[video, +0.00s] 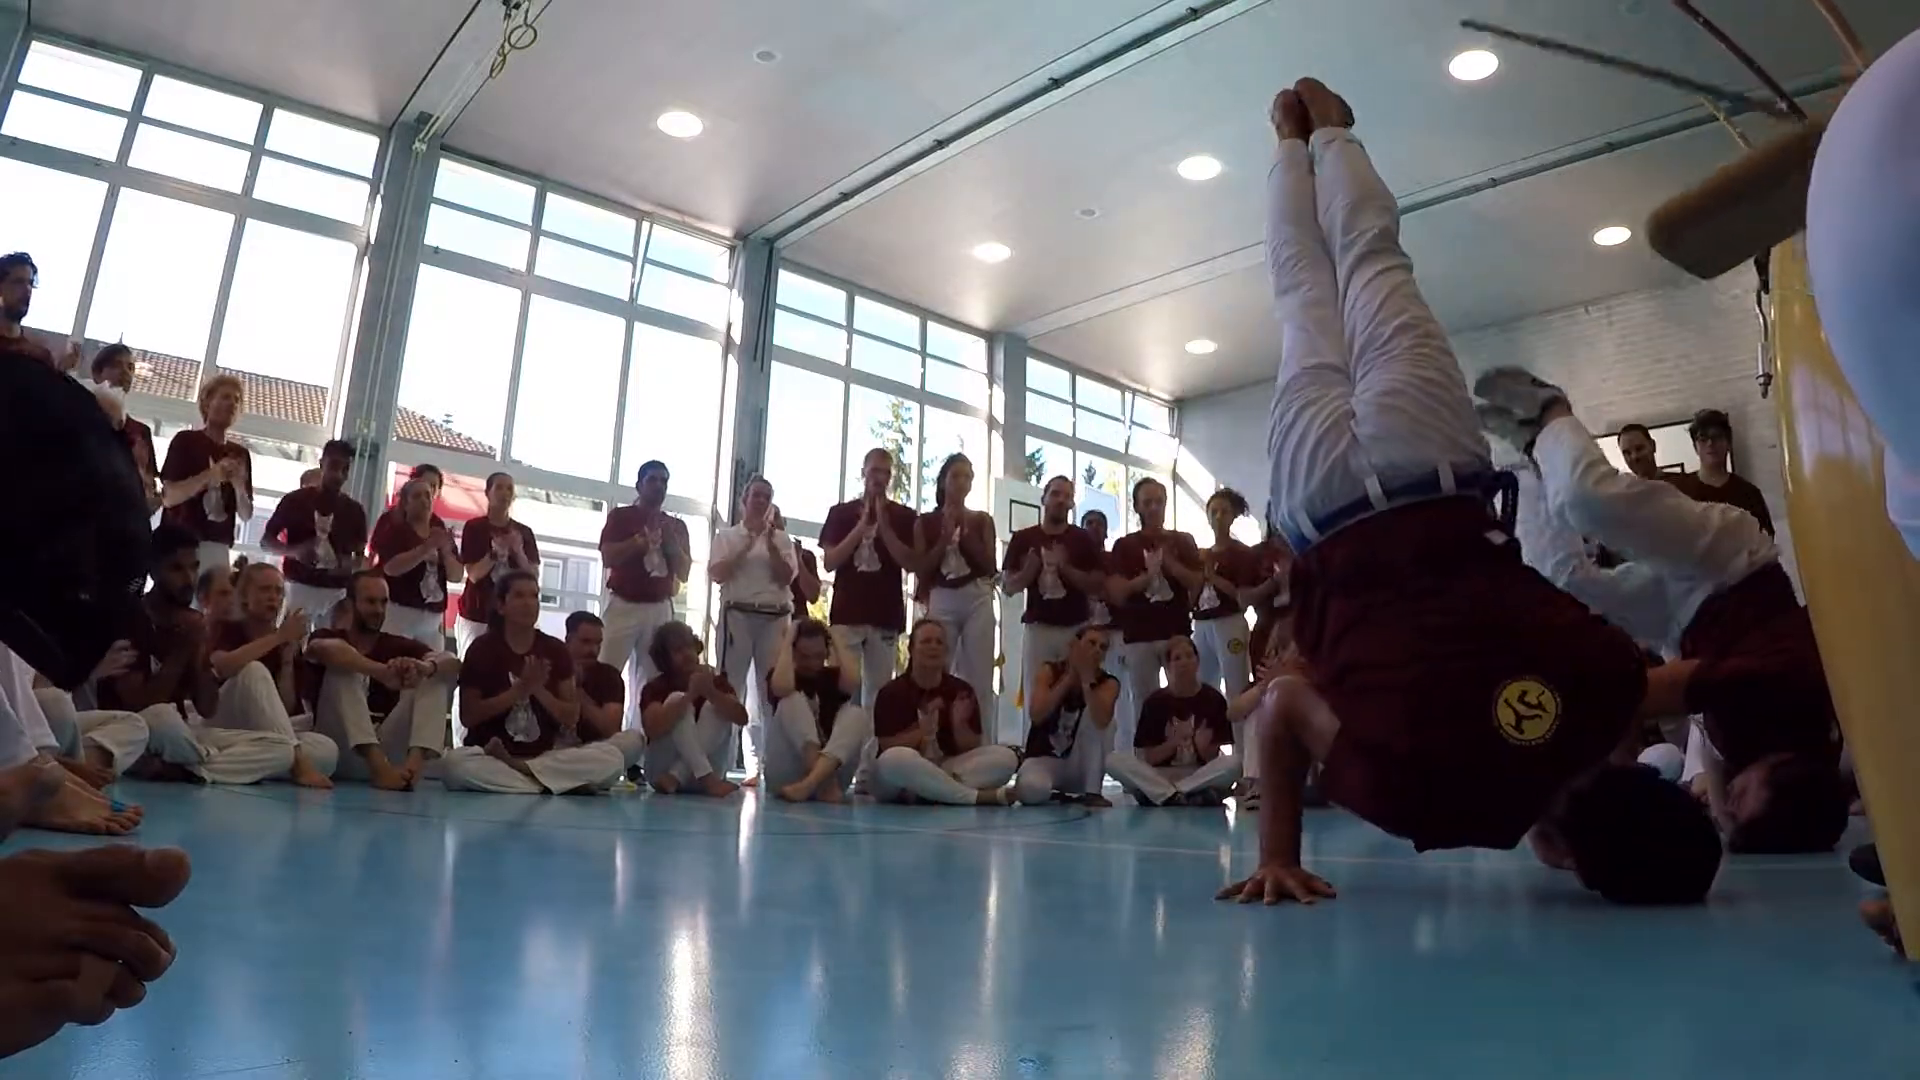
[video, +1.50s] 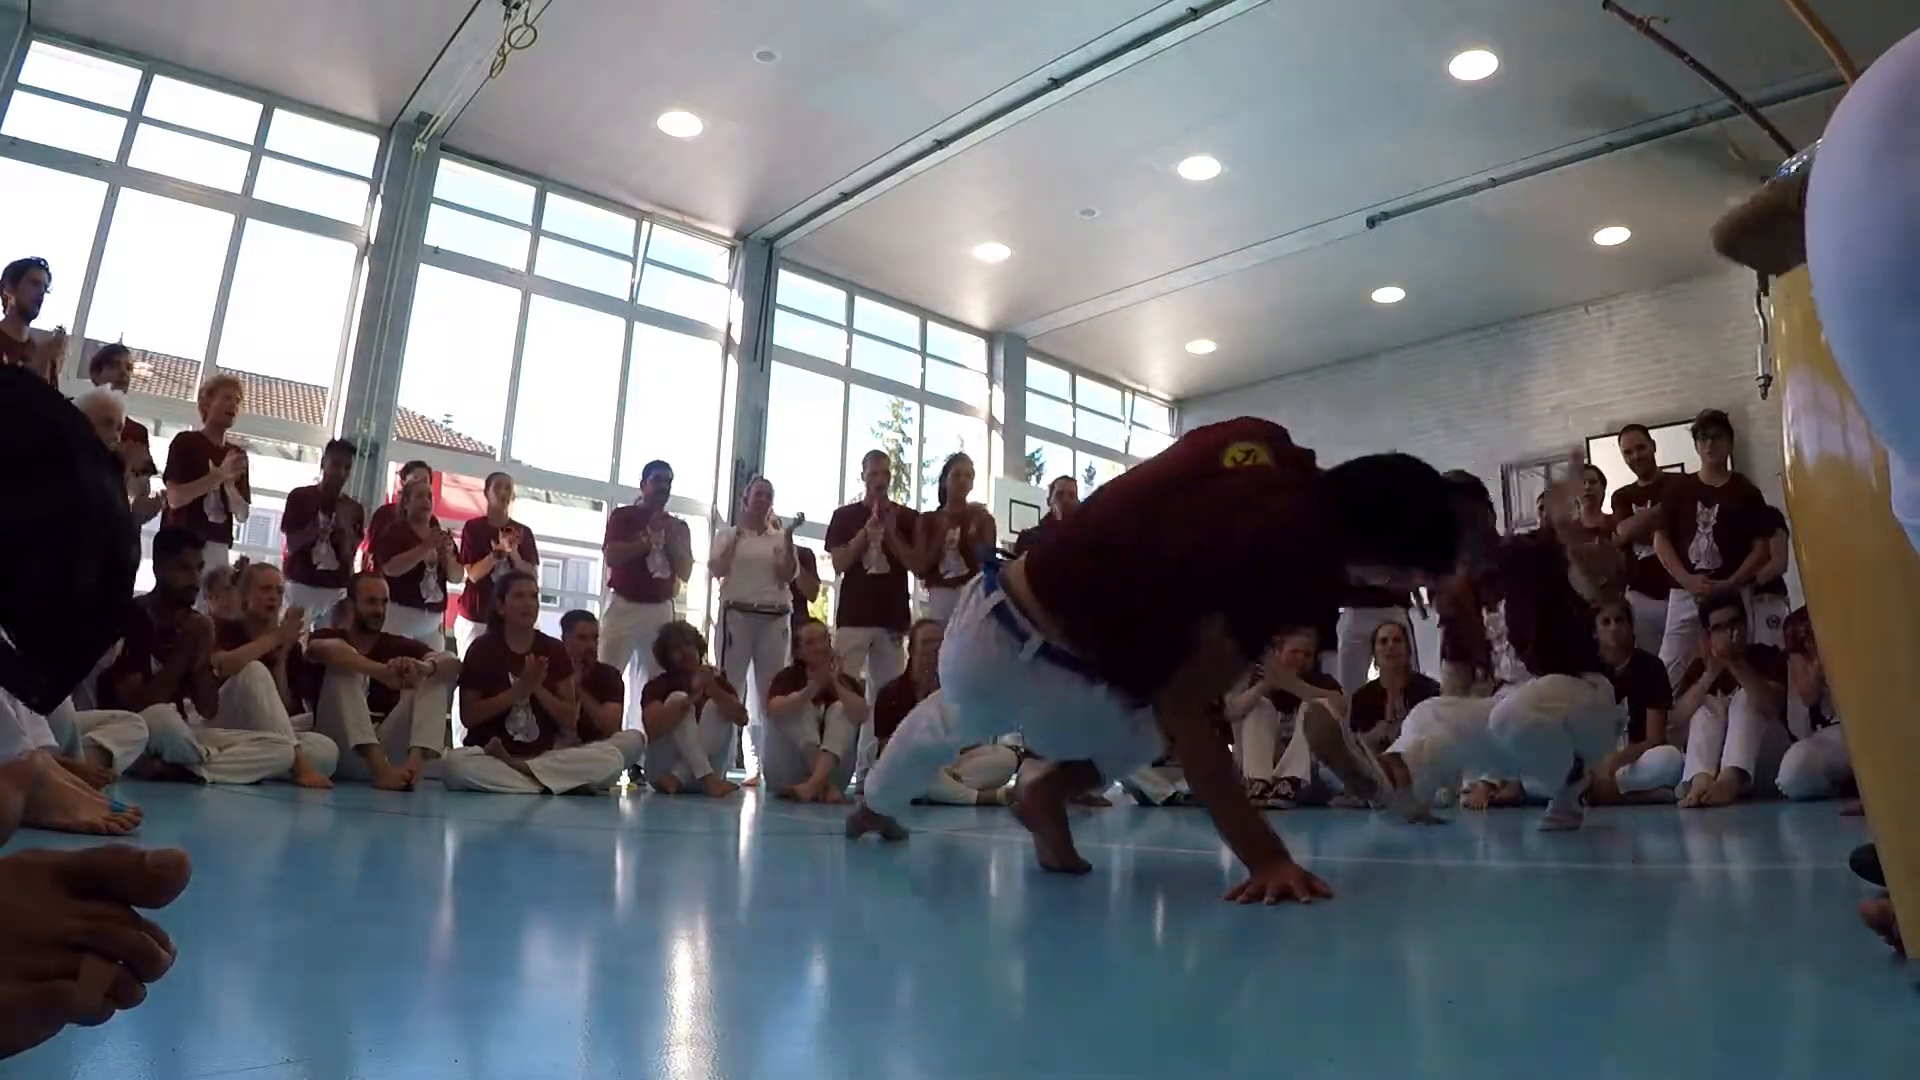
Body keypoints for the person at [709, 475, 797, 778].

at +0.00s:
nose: (759, 501)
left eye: (764, 497)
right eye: (755, 495)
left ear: (771, 503)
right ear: (744, 499)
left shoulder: (781, 538)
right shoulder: (728, 535)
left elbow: (786, 577)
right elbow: (716, 575)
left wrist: (771, 541)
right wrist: (746, 544)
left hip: (774, 617)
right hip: (736, 615)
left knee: (772, 692)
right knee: (730, 690)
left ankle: (768, 763)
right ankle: (723, 763)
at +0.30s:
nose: (759, 501)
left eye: (765, 497)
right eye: (755, 496)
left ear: (772, 503)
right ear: (744, 500)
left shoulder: (781, 537)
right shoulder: (727, 535)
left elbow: (786, 577)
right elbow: (720, 573)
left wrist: (767, 543)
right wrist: (752, 546)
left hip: (774, 617)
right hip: (736, 616)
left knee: (772, 692)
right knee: (730, 690)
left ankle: (770, 762)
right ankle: (725, 763)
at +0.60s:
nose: (761, 501)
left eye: (766, 496)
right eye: (756, 495)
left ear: (773, 503)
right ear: (745, 500)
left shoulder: (784, 539)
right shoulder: (728, 535)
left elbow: (786, 579)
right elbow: (717, 573)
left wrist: (771, 546)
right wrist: (750, 546)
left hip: (774, 617)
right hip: (736, 615)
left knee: (772, 693)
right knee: (729, 690)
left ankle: (767, 764)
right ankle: (723, 764)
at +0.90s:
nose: (760, 504)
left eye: (765, 499)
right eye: (755, 498)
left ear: (774, 502)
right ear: (744, 500)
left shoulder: (784, 536)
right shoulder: (728, 531)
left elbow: (785, 578)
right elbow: (721, 573)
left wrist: (771, 549)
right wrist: (753, 548)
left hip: (775, 615)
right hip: (736, 614)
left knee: (774, 693)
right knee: (729, 690)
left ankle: (770, 764)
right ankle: (722, 765)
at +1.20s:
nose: (762, 499)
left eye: (767, 496)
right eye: (757, 494)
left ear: (772, 503)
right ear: (746, 499)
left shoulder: (784, 539)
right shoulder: (729, 534)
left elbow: (785, 579)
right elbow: (721, 573)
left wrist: (782, 546)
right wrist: (738, 539)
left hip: (775, 618)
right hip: (737, 616)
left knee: (774, 688)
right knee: (730, 687)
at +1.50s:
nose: (761, 499)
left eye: (766, 495)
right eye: (757, 494)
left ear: (772, 502)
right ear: (745, 497)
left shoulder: (780, 536)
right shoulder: (728, 534)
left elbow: (787, 576)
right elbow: (718, 571)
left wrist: (787, 540)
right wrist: (734, 539)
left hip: (775, 616)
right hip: (736, 615)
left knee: (773, 692)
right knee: (730, 690)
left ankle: (771, 764)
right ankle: (726, 763)